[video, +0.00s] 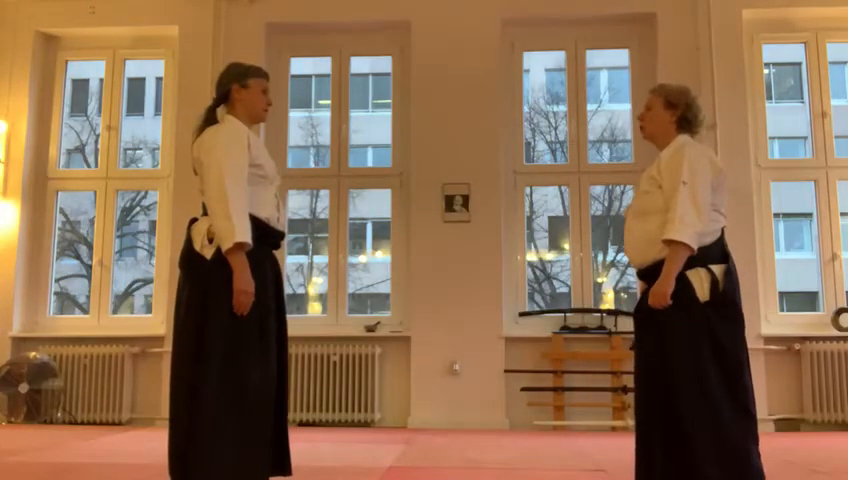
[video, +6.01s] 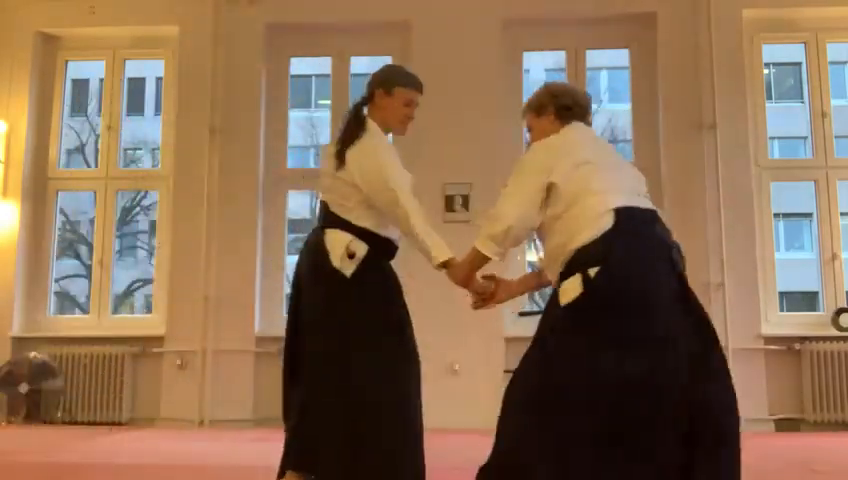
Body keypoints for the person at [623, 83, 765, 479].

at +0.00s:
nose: (641, 117)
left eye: (648, 109)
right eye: (643, 110)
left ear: (672, 113)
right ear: (668, 114)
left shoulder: (688, 152)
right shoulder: (671, 157)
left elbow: (688, 218)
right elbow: (677, 220)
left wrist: (667, 276)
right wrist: (654, 277)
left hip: (689, 282)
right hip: (667, 283)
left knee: (692, 394)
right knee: (668, 394)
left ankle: (703, 475)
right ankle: (676, 474)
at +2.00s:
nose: (486, 131)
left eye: (493, 121)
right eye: (487, 122)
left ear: (521, 122)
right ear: (509, 125)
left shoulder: (567, 164)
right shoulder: (498, 185)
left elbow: (599, 217)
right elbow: (447, 222)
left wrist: (615, 273)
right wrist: (390, 216)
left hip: (586, 289)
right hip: (534, 300)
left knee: (604, 393)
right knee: (514, 392)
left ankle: (638, 472)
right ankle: (534, 472)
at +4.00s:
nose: (608, 127)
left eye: (616, 119)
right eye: (611, 119)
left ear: (638, 125)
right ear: (638, 127)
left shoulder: (650, 162)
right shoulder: (636, 166)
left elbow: (620, 232)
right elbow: (614, 240)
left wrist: (567, 281)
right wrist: (580, 294)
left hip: (650, 298)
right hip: (637, 296)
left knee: (578, 376)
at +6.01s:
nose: (528, 138)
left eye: (530, 127)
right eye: (527, 129)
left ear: (552, 117)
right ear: (577, 119)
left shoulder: (545, 152)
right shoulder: (608, 155)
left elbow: (510, 222)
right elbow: (582, 241)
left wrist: (464, 267)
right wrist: (514, 287)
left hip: (603, 267)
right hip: (659, 262)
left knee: (535, 390)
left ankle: (517, 471)